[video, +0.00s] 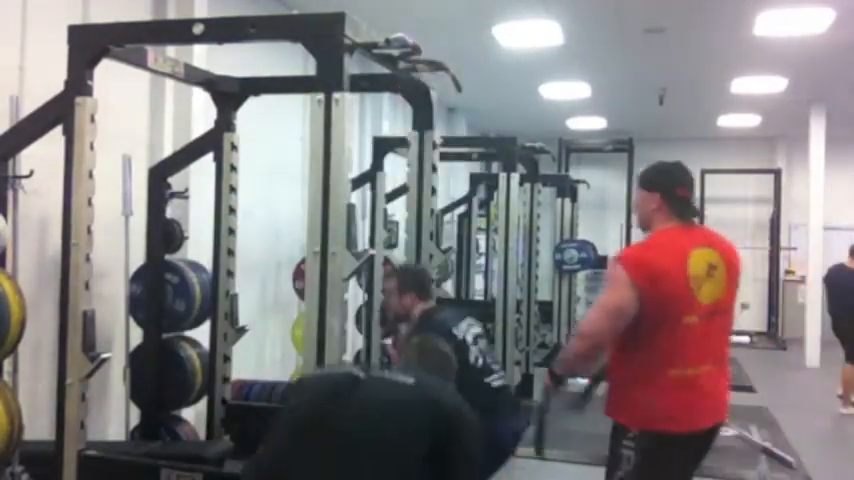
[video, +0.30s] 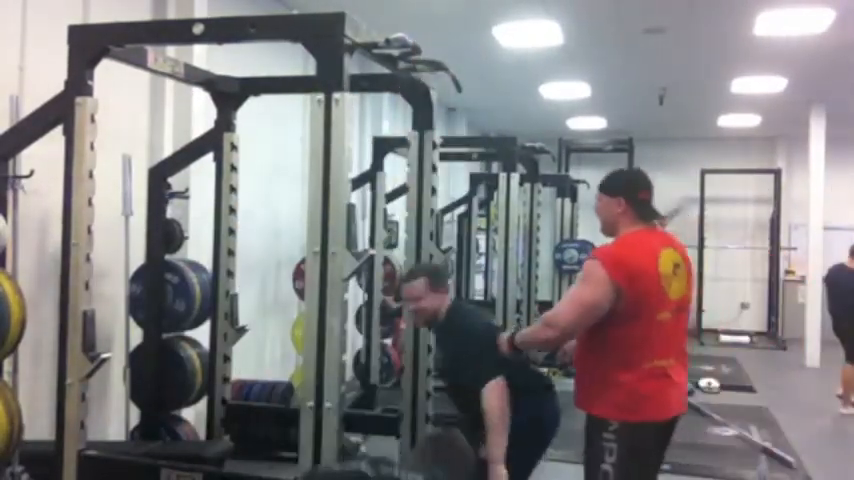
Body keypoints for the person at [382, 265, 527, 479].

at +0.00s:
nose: (385, 301)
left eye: (389, 294)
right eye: (385, 294)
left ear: (410, 299)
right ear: (426, 295)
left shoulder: (426, 337)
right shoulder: (455, 314)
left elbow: (429, 395)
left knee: (465, 472)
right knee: (475, 471)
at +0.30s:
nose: (411, 308)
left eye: (417, 300)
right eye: (407, 302)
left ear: (440, 292)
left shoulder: (466, 325)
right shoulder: (446, 326)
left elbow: (494, 387)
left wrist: (497, 464)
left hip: (530, 409)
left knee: (508, 473)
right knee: (484, 469)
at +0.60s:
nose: (489, 268)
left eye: (497, 261)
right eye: (484, 261)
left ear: (517, 256)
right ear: (477, 258)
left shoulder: (540, 298)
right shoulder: (484, 299)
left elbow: (533, 370)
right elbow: (460, 347)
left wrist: (480, 407)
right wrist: (425, 386)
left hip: (550, 414)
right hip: (507, 408)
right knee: (479, 466)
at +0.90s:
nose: (500, 248)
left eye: (509, 242)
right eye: (495, 240)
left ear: (527, 240)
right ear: (488, 237)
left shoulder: (550, 285)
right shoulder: (482, 285)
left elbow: (561, 352)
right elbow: (469, 337)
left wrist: (520, 409)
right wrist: (461, 377)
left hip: (543, 414)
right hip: (493, 413)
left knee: (538, 473)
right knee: (491, 473)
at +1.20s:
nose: (496, 256)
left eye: (505, 249)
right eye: (490, 247)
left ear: (521, 243)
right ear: (481, 240)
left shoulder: (548, 294)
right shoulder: (466, 293)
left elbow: (577, 360)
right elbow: (451, 359)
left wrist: (576, 435)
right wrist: (467, 417)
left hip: (534, 427)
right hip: (484, 427)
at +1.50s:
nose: (489, 255)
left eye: (499, 248)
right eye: (482, 245)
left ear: (517, 239)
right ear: (473, 237)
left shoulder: (543, 294)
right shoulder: (448, 289)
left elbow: (561, 371)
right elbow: (424, 354)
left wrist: (549, 449)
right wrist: (415, 423)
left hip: (515, 438)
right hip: (455, 433)